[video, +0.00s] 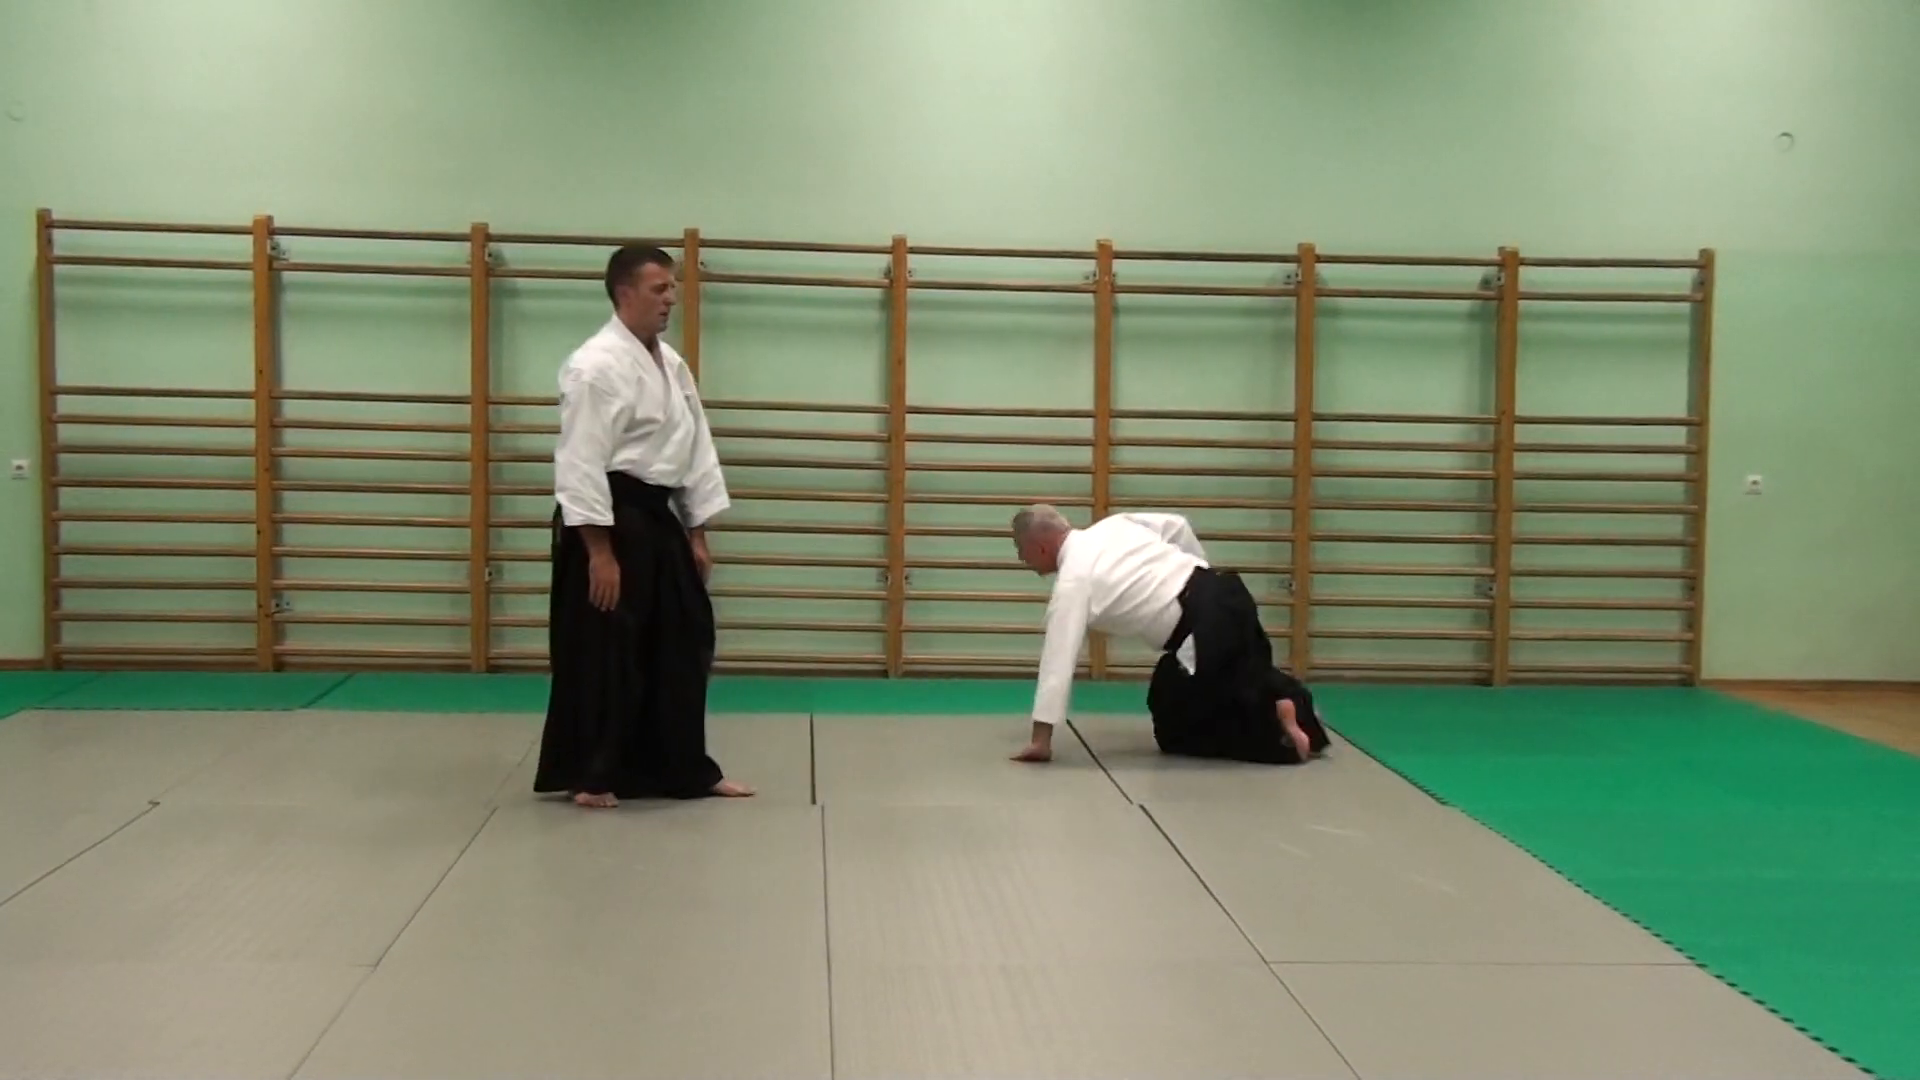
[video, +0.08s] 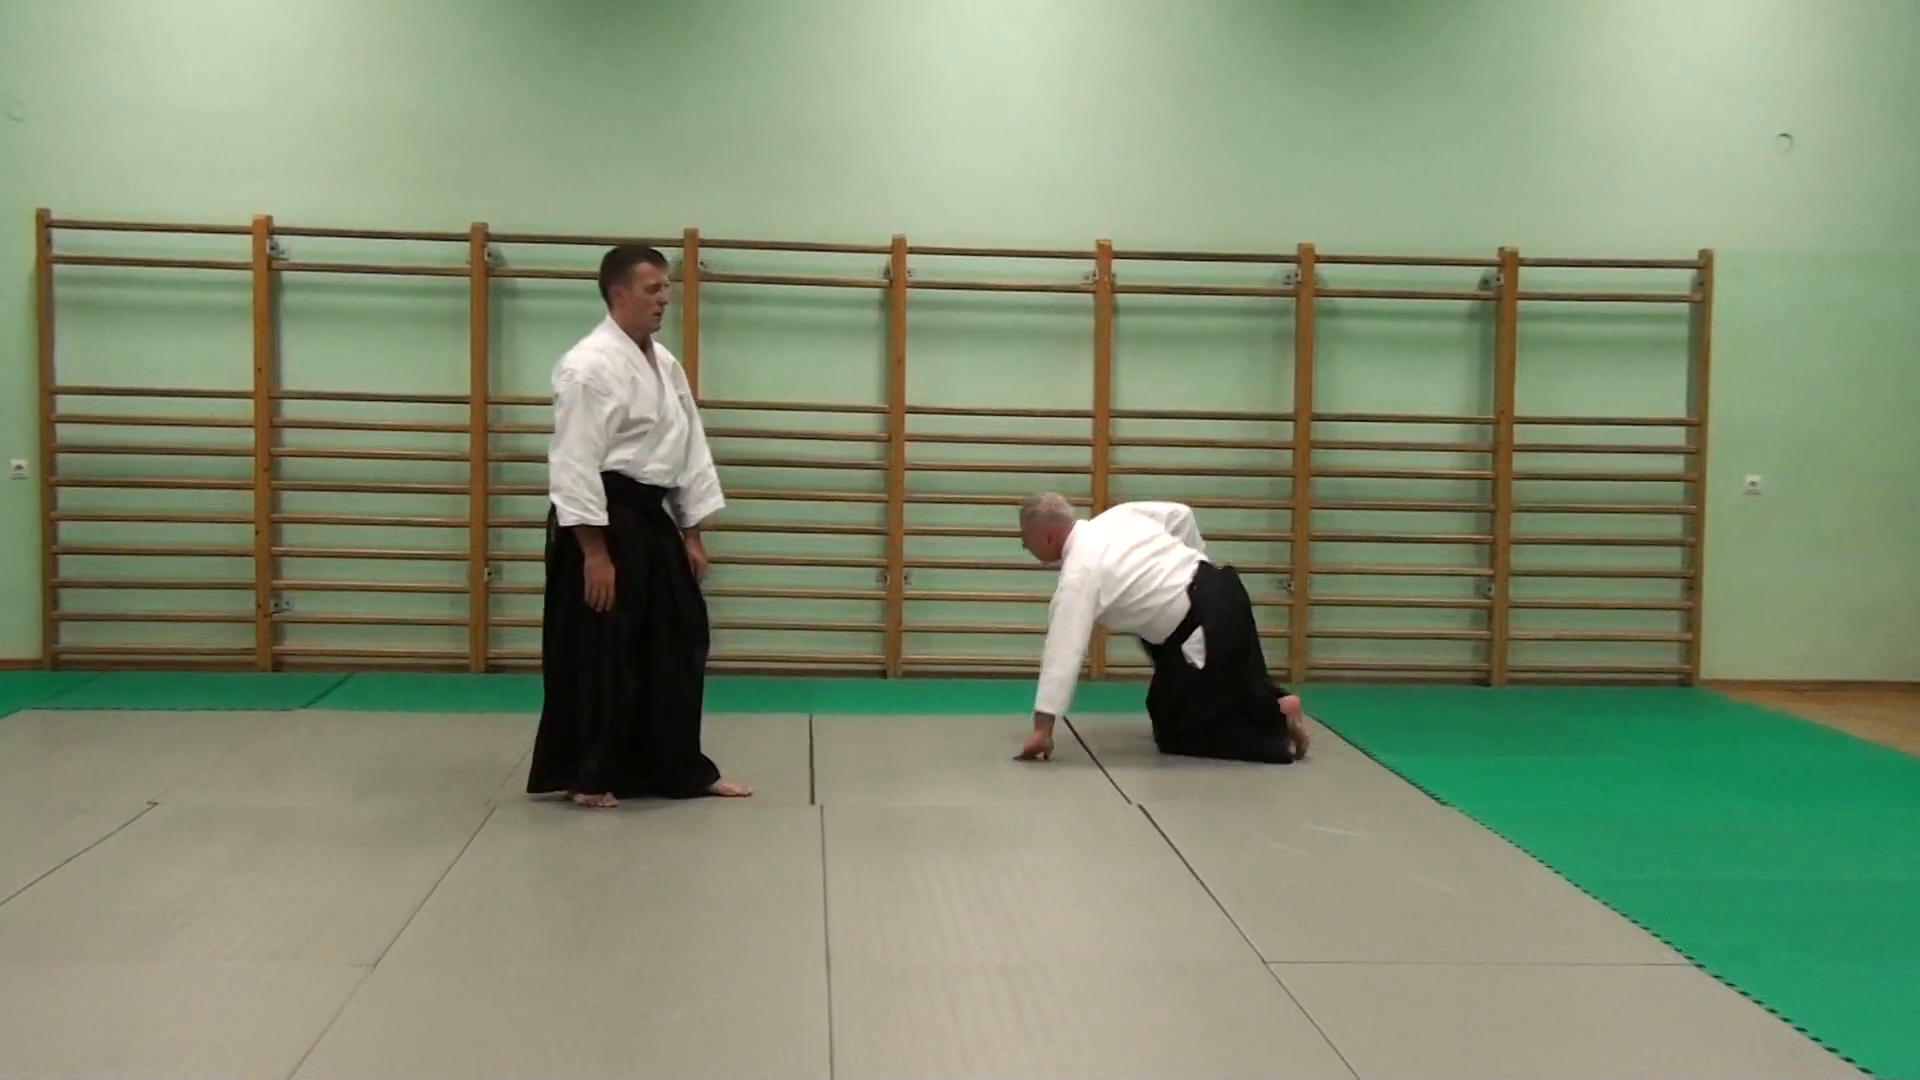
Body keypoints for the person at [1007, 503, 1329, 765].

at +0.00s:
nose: (1032, 568)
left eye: (1028, 560)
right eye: (1027, 562)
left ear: (1042, 545)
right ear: (1060, 528)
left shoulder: (1074, 575)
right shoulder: (1116, 524)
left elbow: (1058, 658)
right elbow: (1176, 526)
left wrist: (1041, 740)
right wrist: (1203, 580)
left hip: (1198, 631)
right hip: (1227, 596)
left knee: (1175, 735)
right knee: (1257, 677)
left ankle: (1269, 729)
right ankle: (1298, 710)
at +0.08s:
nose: (1031, 551)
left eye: (1029, 543)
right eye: (1028, 544)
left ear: (1049, 536)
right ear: (1065, 522)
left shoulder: (1079, 571)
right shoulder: (1120, 514)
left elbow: (1063, 651)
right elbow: (1180, 514)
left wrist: (1043, 729)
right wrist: (1197, 573)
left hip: (1201, 633)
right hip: (1224, 590)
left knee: (1175, 734)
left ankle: (1279, 741)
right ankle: (1275, 707)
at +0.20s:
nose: (1035, 526)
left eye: (1037, 516)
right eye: (1033, 517)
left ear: (1062, 510)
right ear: (1068, 504)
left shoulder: (1089, 549)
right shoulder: (1123, 502)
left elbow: (1070, 629)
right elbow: (1177, 509)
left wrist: (1048, 704)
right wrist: (1150, 562)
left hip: (1205, 628)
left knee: (1175, 734)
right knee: (1110, 631)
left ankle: (1278, 717)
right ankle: (1121, 718)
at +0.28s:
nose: (1035, 506)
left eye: (1039, 497)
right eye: (1036, 497)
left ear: (1067, 496)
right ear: (1074, 492)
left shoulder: (1094, 539)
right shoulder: (1125, 496)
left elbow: (1077, 618)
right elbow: (1164, 512)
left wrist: (1060, 685)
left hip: (1194, 628)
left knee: (1176, 734)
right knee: (1101, 652)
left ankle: (1262, 702)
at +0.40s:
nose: (1038, 485)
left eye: (1044, 475)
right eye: (1038, 476)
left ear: (1075, 475)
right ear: (1074, 474)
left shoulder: (1100, 520)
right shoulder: (1086, 510)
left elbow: (1105, 597)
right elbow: (1088, 583)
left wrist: (1086, 659)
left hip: (1172, 626)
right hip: (1133, 619)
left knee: (1176, 732)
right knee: (1056, 611)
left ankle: (1254, 701)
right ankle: (1052, 722)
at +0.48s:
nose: (1034, 467)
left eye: (1041, 458)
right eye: (1034, 459)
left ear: (1073, 460)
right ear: (1067, 459)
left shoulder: (1098, 506)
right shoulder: (1075, 497)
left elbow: (1125, 576)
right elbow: (1085, 548)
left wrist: (1110, 640)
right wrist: (1065, 583)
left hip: (1153, 614)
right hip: (1111, 605)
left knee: (1177, 726)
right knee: (1036, 625)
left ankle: (1253, 700)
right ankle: (1041, 726)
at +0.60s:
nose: (1022, 438)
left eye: (1030, 429)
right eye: (1021, 429)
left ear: (1060, 433)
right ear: (1048, 435)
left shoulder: (1090, 480)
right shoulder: (1043, 477)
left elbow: (1129, 545)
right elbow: (1043, 531)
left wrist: (1130, 612)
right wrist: (1037, 577)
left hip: (1127, 598)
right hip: (1078, 592)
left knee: (1167, 686)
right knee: (1023, 630)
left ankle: (1248, 705)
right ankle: (1024, 725)